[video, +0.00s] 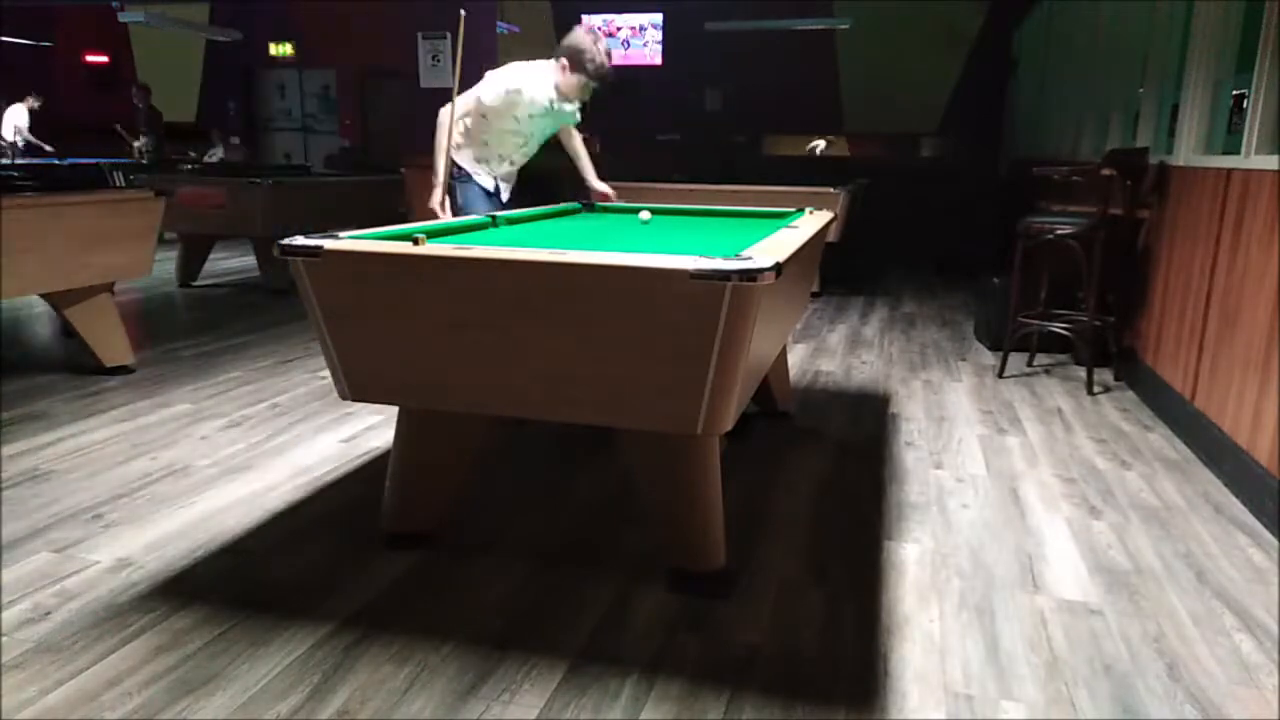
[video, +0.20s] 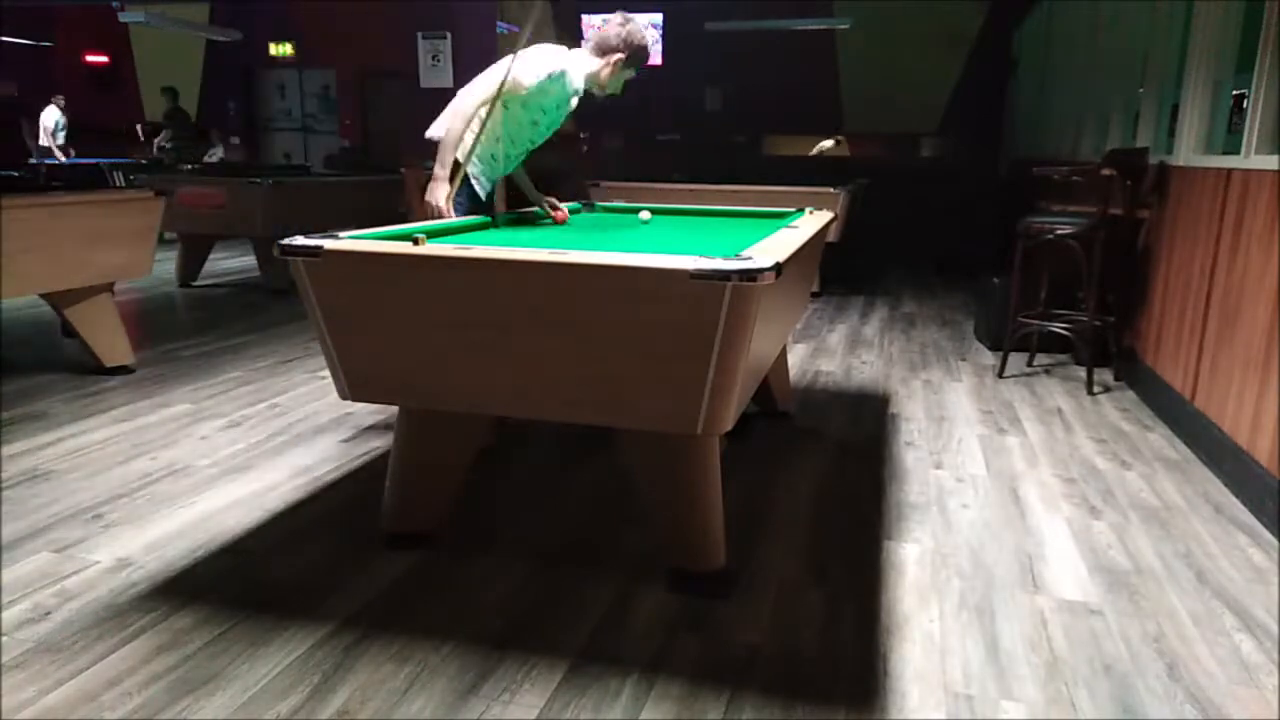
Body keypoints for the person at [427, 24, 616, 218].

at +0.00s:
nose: (587, 95)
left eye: (591, 89)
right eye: (585, 85)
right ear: (565, 67)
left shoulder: (565, 99)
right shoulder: (517, 80)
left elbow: (568, 134)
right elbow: (447, 113)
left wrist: (592, 181)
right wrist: (439, 185)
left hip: (502, 178)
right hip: (467, 172)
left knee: (503, 255)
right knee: (484, 254)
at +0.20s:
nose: (620, 89)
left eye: (628, 81)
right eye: (627, 77)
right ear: (615, 62)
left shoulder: (567, 93)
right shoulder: (550, 63)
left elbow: (505, 148)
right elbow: (465, 101)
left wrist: (536, 198)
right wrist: (439, 179)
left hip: (483, 187)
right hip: (459, 180)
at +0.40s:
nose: (649, 140)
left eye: (656, 136)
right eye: (655, 131)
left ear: (645, 110)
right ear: (648, 112)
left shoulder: (596, 135)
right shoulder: (593, 96)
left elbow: (573, 199)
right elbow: (508, 99)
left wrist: (635, 210)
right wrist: (461, 169)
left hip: (494, 178)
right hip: (469, 159)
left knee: (491, 274)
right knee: (462, 272)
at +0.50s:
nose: (649, 138)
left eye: (656, 133)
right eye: (655, 129)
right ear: (647, 110)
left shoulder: (595, 134)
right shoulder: (590, 93)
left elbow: (573, 199)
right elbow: (505, 97)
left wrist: (637, 210)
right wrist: (460, 169)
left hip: (493, 177)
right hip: (468, 158)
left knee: (491, 271)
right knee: (463, 268)